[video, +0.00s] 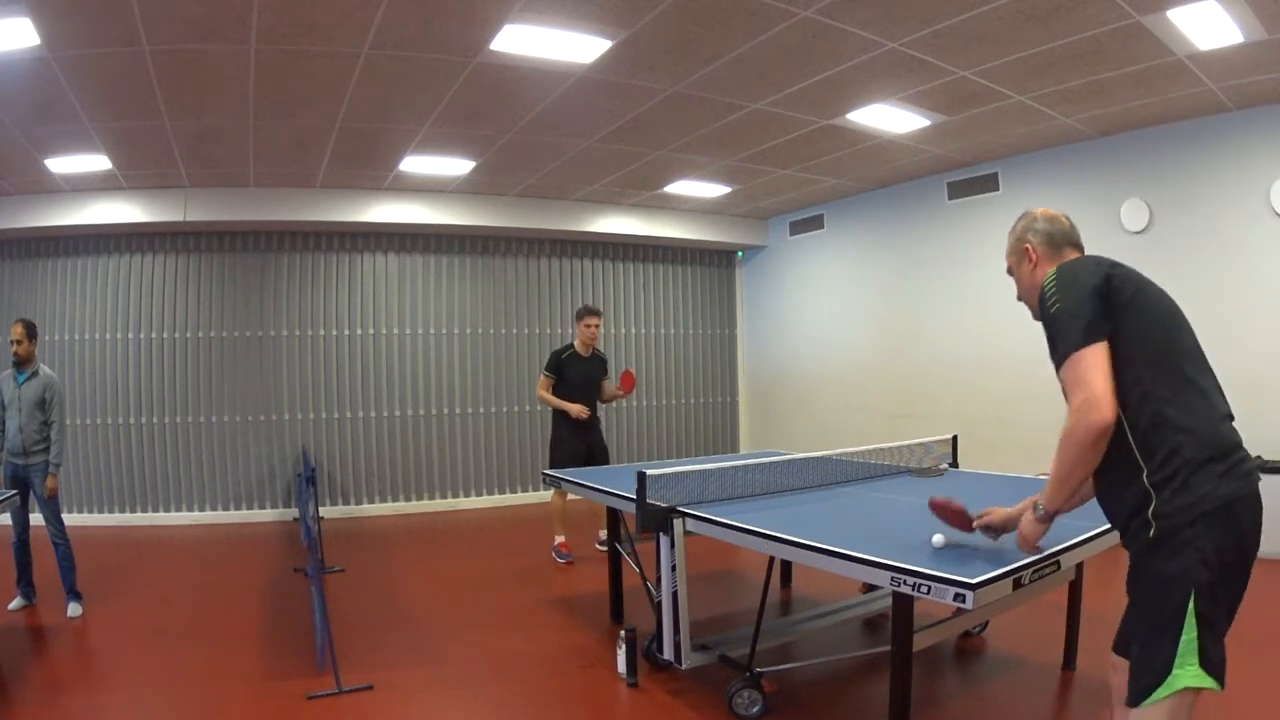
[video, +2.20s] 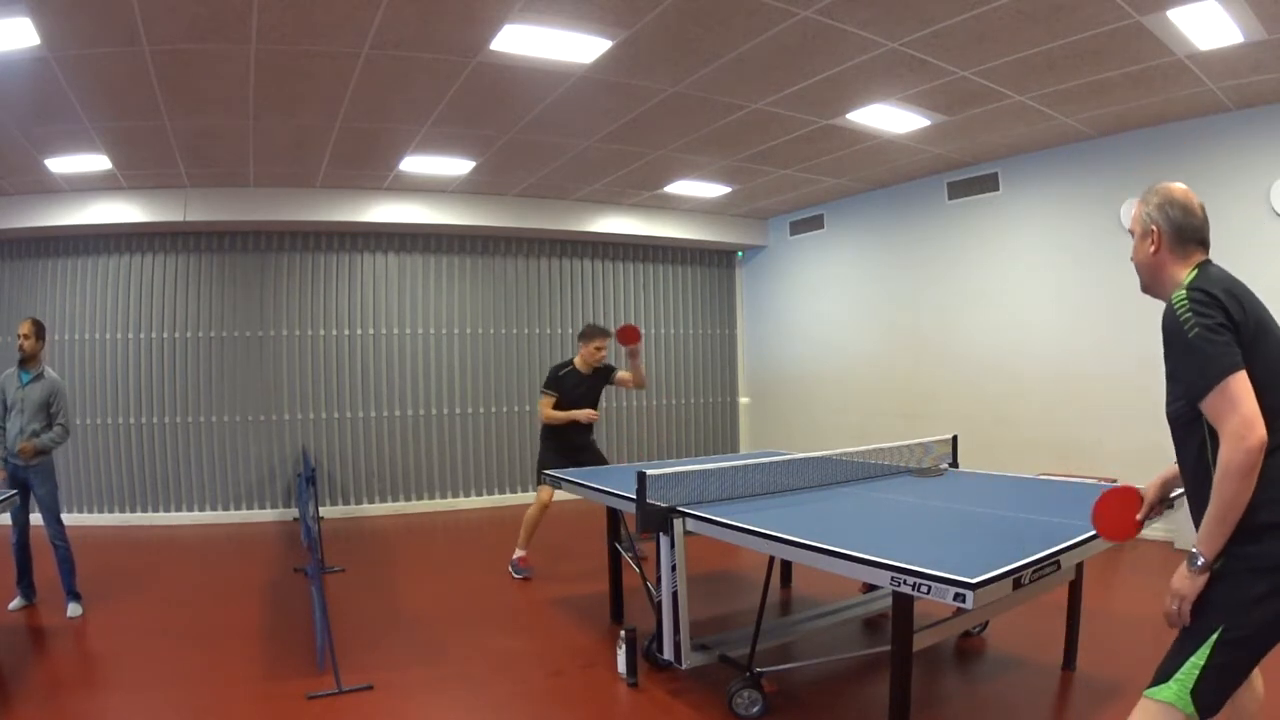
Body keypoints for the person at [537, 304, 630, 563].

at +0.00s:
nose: (593, 331)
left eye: (597, 327)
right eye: (588, 326)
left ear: (601, 330)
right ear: (577, 327)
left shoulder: (600, 360)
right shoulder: (560, 357)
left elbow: (602, 395)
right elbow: (541, 392)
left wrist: (619, 391)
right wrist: (569, 407)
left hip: (592, 431)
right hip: (565, 433)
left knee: (603, 483)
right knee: (561, 488)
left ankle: (605, 536)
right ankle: (559, 541)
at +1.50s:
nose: (621, 345)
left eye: (625, 341)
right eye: (617, 339)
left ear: (627, 345)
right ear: (604, 339)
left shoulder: (619, 378)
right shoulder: (583, 365)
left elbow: (622, 416)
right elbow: (558, 397)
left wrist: (642, 410)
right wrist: (589, 412)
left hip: (596, 437)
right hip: (572, 435)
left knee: (624, 479)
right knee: (568, 491)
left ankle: (620, 537)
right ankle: (544, 552)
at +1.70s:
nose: (636, 367)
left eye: (640, 363)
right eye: (632, 360)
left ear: (641, 366)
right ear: (618, 358)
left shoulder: (617, 391)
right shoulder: (602, 382)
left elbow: (611, 433)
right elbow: (588, 416)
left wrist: (639, 439)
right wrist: (625, 421)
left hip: (594, 449)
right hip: (575, 448)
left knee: (627, 481)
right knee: (575, 505)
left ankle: (621, 539)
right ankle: (526, 550)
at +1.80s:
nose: (637, 375)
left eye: (641, 371)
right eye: (634, 369)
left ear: (641, 373)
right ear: (618, 366)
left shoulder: (611, 390)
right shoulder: (607, 387)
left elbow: (594, 434)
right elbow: (598, 423)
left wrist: (616, 453)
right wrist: (632, 426)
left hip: (586, 451)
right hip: (570, 451)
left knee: (623, 482)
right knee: (571, 512)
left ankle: (622, 539)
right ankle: (521, 554)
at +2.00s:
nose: (628, 374)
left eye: (629, 369)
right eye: (625, 368)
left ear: (613, 365)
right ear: (609, 363)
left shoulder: (598, 388)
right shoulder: (589, 383)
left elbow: (585, 432)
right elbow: (572, 419)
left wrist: (614, 448)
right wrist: (609, 423)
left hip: (575, 450)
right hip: (555, 450)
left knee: (612, 487)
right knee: (558, 512)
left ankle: (622, 540)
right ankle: (515, 558)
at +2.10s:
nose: (618, 364)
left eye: (620, 358)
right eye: (614, 358)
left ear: (609, 357)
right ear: (599, 354)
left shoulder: (603, 386)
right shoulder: (569, 376)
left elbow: (622, 418)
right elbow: (556, 416)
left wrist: (652, 403)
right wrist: (595, 418)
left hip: (577, 443)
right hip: (552, 443)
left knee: (611, 489)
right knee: (550, 504)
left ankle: (622, 541)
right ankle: (515, 558)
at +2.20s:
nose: (603, 354)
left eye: (605, 349)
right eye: (598, 349)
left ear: (606, 349)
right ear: (582, 348)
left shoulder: (602, 372)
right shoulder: (559, 374)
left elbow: (638, 383)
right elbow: (544, 414)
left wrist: (634, 359)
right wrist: (576, 414)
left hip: (585, 446)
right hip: (554, 447)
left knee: (614, 489)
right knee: (544, 498)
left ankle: (622, 542)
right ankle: (519, 554)